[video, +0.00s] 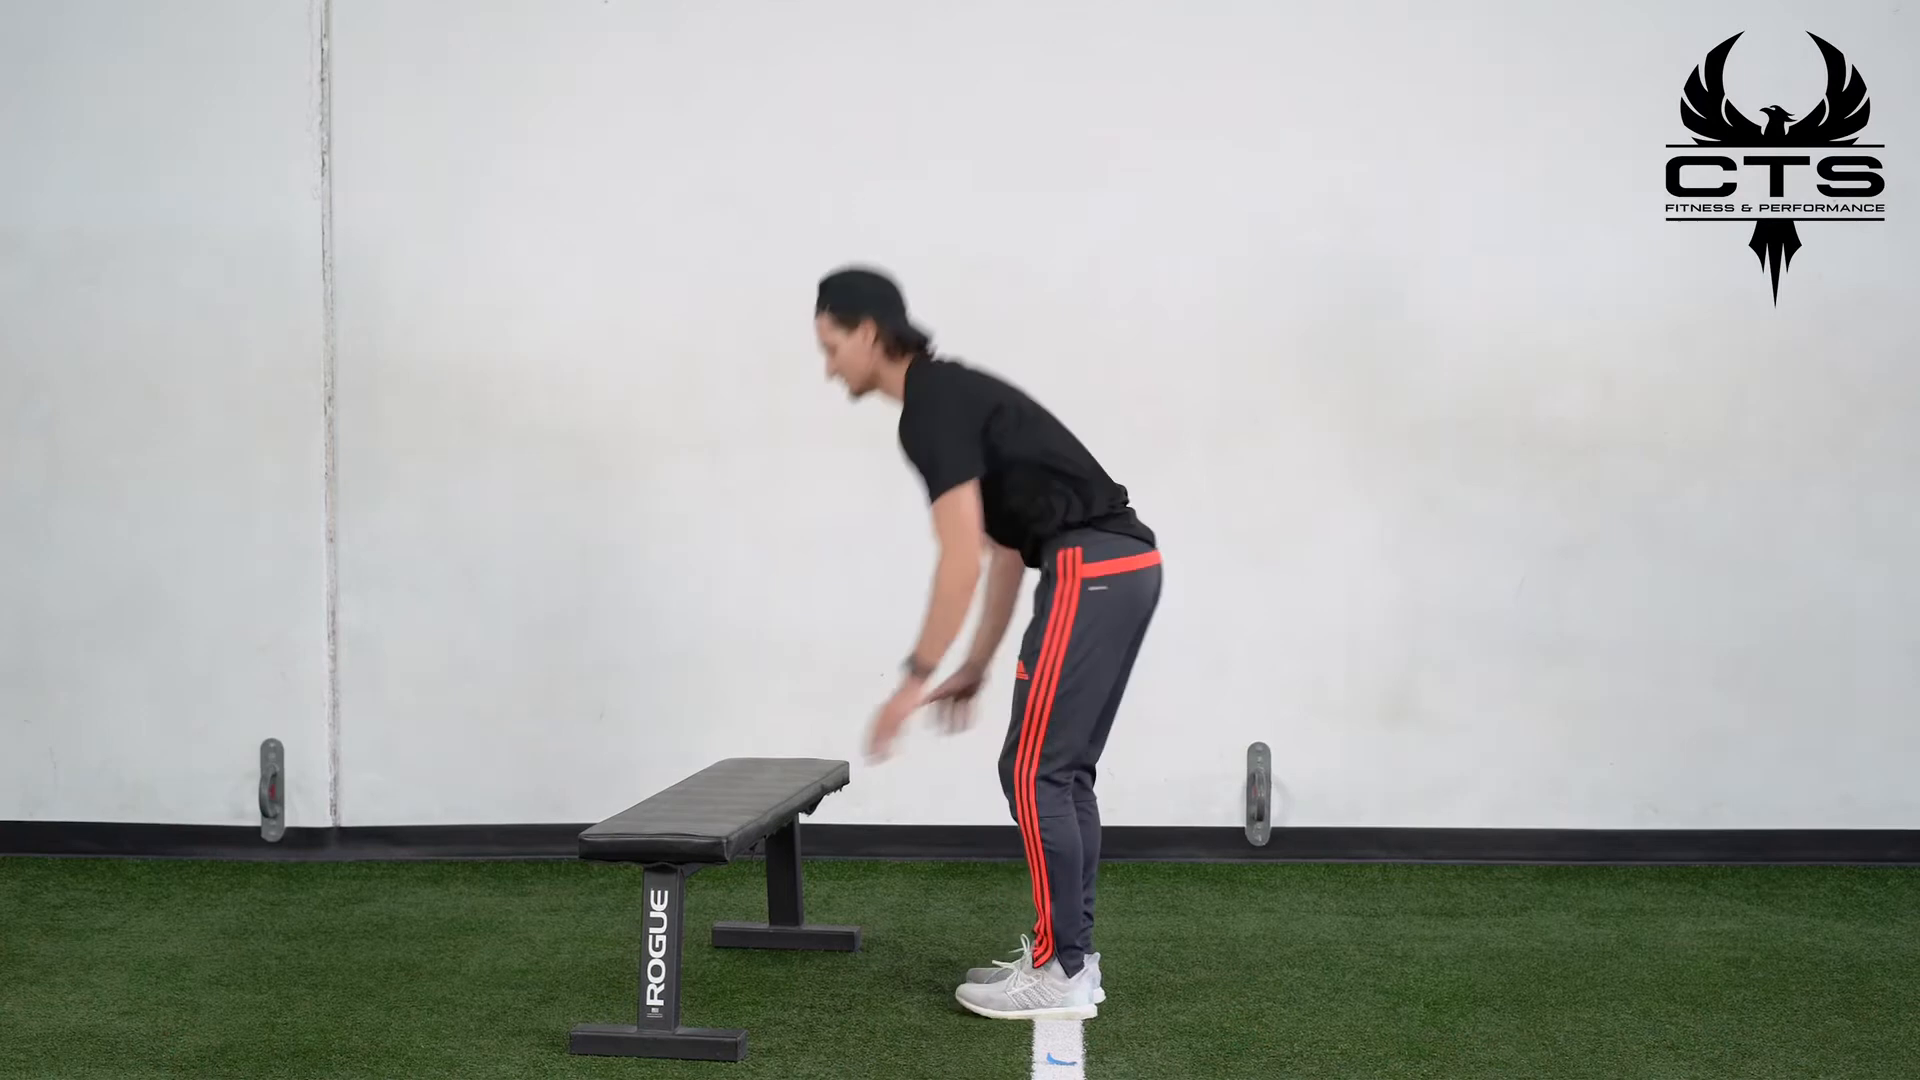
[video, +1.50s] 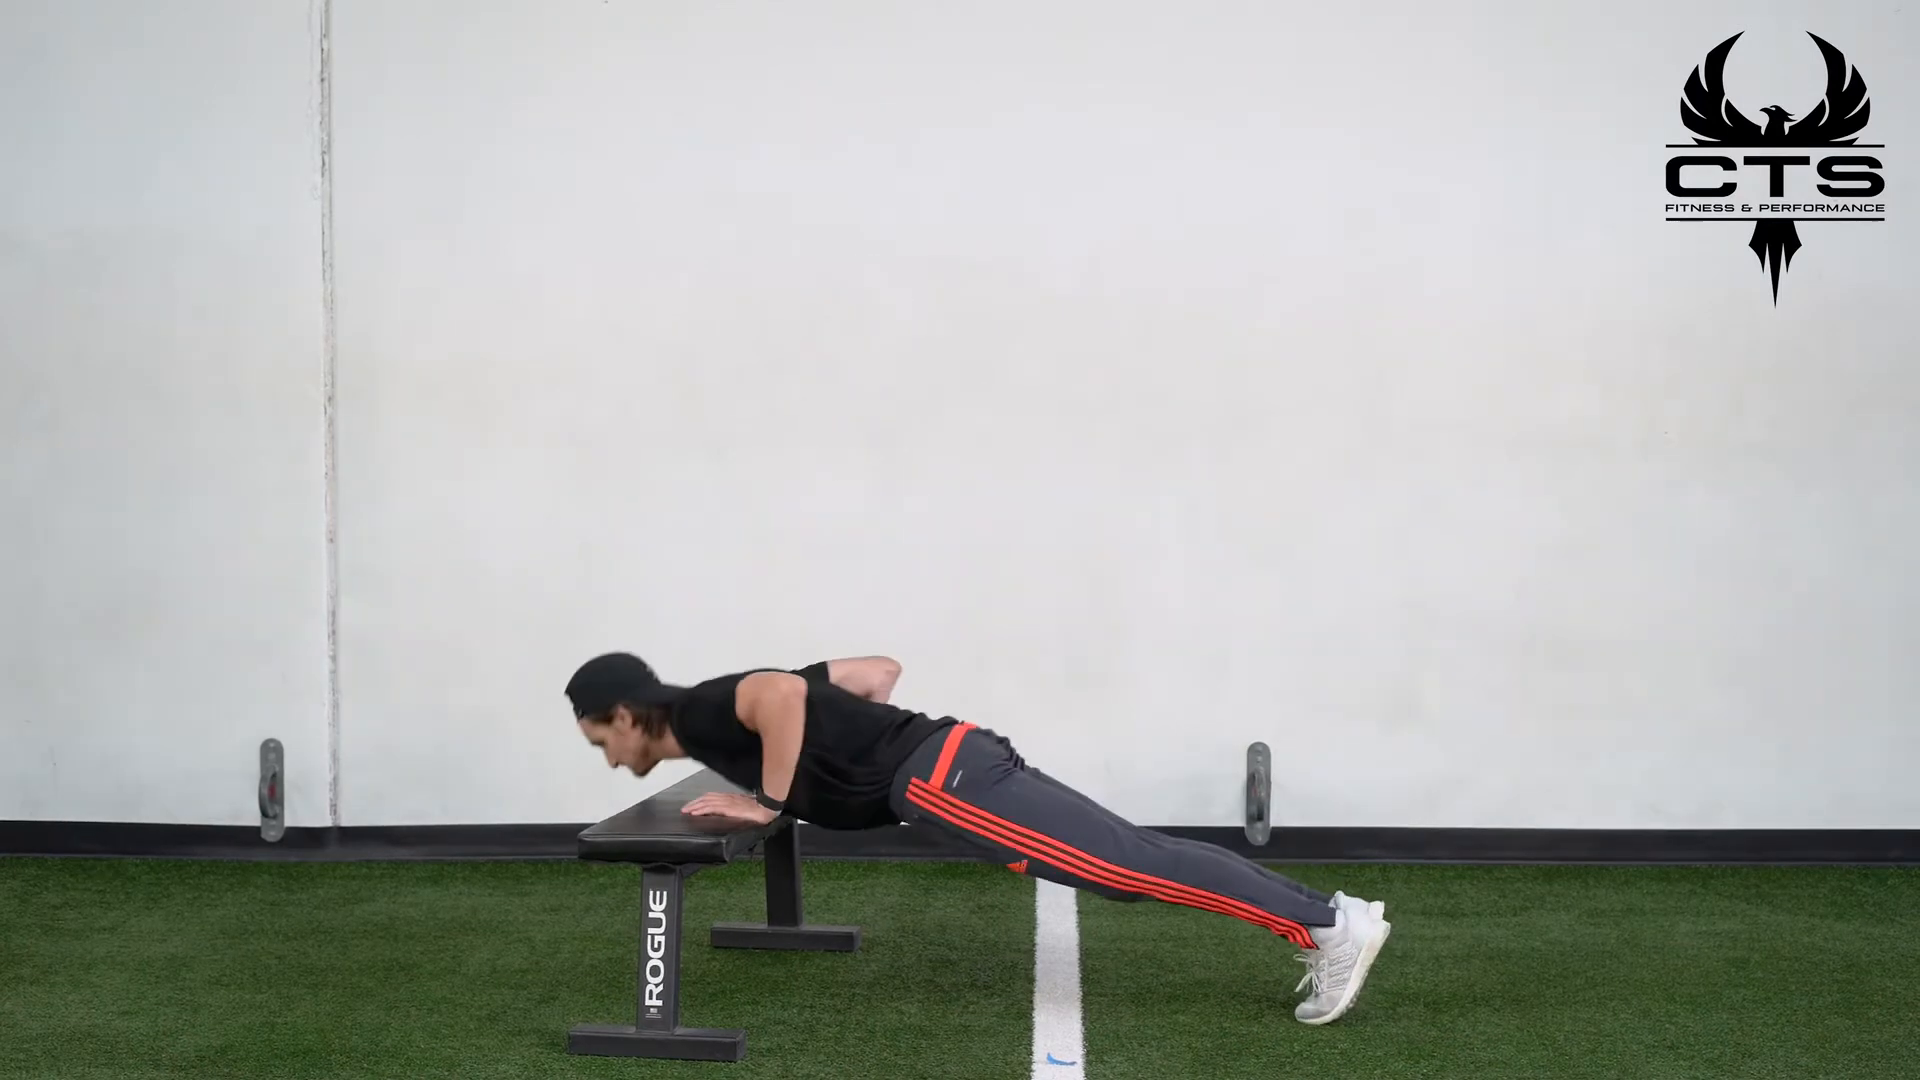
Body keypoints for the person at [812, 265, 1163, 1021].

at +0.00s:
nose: (825, 361)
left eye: (829, 342)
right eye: (822, 344)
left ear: (871, 332)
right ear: (882, 334)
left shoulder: (932, 404)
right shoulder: (960, 392)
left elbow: (964, 553)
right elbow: (1006, 551)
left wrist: (914, 678)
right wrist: (975, 665)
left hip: (1090, 566)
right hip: (1116, 562)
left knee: (1032, 769)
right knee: (1065, 771)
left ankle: (1063, 969)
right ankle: (1068, 958)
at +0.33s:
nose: (757, 528)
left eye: (760, 510)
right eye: (753, 512)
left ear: (800, 495)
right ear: (808, 491)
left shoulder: (870, 536)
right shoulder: (895, 528)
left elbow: (852, 687)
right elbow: (894, 673)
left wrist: (785, 797)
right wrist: (820, 762)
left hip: (1090, 593)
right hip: (1076, 594)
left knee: (1045, 794)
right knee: (1011, 763)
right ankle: (1058, 954)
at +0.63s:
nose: (745, 526)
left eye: (745, 508)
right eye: (740, 512)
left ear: (786, 490)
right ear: (790, 489)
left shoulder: (852, 527)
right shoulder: (884, 527)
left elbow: (817, 669)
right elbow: (884, 666)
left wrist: (766, 787)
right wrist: (828, 761)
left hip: (1078, 605)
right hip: (1047, 619)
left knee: (1171, 793)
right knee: (980, 763)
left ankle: (1339, 938)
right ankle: (1052, 947)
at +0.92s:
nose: (724, 524)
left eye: (728, 507)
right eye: (720, 509)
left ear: (771, 494)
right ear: (774, 492)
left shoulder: (837, 536)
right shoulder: (849, 531)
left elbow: (832, 680)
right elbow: (878, 671)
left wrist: (771, 793)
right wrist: (826, 762)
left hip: (1065, 620)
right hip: (1053, 628)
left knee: (1180, 791)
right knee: (1099, 815)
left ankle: (1346, 938)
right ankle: (1284, 877)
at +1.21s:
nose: (654, 601)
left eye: (656, 583)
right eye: (651, 585)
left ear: (693, 574)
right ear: (700, 570)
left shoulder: (775, 610)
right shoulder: (786, 603)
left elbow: (843, 722)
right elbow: (858, 726)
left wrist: (782, 799)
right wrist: (797, 774)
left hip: (995, 717)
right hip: (995, 710)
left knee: (1160, 830)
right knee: (1160, 825)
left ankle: (1353, 931)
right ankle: (1341, 927)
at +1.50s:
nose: (600, 753)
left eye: (599, 736)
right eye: (595, 739)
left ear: (627, 716)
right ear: (635, 711)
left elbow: (780, 696)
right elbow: (879, 671)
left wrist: (766, 800)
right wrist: (812, 770)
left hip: (944, 773)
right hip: (952, 758)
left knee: (1127, 864)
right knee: (1131, 846)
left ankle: (1335, 928)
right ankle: (1330, 920)